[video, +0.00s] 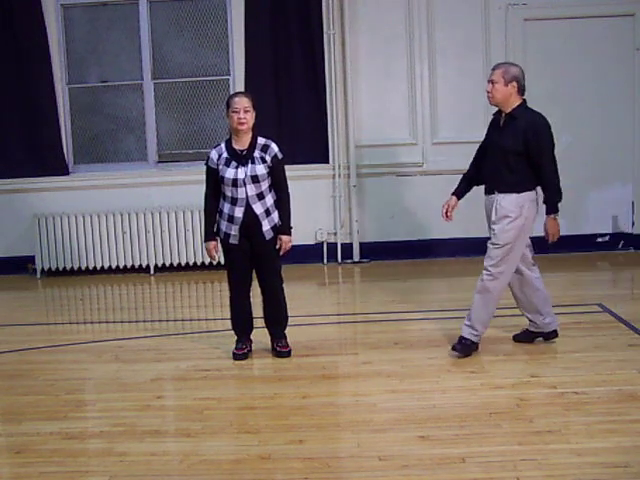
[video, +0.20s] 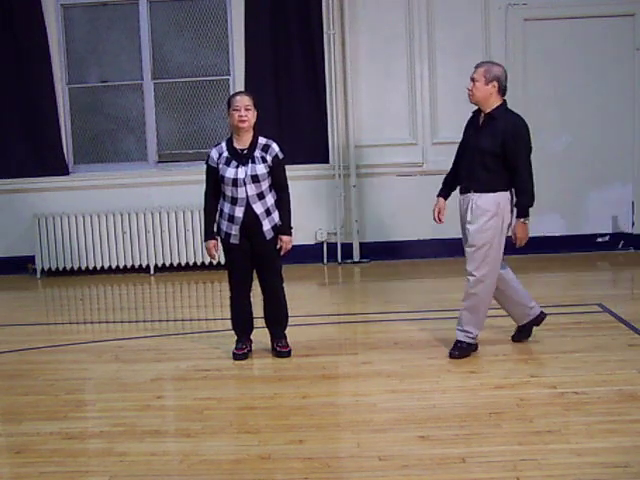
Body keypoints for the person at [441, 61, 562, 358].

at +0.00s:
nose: (488, 88)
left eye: (493, 83)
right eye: (488, 83)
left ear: (512, 87)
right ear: (505, 87)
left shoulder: (534, 123)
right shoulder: (498, 121)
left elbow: (548, 170)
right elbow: (481, 161)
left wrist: (552, 214)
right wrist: (457, 195)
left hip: (517, 202)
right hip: (494, 201)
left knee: (495, 268)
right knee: (519, 264)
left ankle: (471, 335)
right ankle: (543, 324)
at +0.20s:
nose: (469, 87)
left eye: (474, 82)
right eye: (470, 81)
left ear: (493, 87)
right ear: (488, 87)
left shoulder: (513, 124)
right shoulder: (475, 121)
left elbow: (524, 174)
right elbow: (461, 161)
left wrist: (522, 218)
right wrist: (443, 195)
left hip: (493, 203)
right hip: (469, 202)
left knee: (480, 271)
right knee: (485, 266)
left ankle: (467, 336)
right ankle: (528, 313)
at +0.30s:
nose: (460, 85)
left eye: (465, 81)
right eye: (461, 80)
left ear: (483, 86)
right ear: (478, 85)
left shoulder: (505, 124)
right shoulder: (465, 120)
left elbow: (511, 175)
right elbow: (452, 162)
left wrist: (501, 217)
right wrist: (437, 198)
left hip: (483, 203)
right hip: (457, 202)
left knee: (477, 271)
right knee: (458, 266)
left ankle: (467, 335)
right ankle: (507, 307)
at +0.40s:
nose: (451, 84)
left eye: (457, 80)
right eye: (453, 79)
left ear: (475, 85)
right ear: (471, 84)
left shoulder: (498, 122)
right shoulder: (456, 119)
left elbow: (500, 175)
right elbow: (444, 163)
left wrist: (482, 212)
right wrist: (432, 201)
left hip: (477, 203)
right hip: (448, 203)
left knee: (474, 272)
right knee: (444, 267)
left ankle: (467, 335)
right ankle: (478, 316)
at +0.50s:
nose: (445, 84)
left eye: (451, 79)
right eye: (446, 79)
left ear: (469, 85)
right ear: (462, 85)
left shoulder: (491, 123)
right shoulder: (447, 119)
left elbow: (491, 173)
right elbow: (436, 163)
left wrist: (467, 205)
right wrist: (429, 203)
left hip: (475, 205)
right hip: (442, 202)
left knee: (474, 272)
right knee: (438, 269)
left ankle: (467, 335)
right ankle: (440, 330)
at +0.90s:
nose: (435, 86)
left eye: (441, 81)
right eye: (429, 81)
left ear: (451, 85)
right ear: (423, 86)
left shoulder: (466, 123)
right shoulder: (410, 121)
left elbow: (478, 168)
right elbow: (397, 164)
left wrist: (483, 210)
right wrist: (390, 203)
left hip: (454, 204)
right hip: (416, 204)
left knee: (459, 271)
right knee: (419, 271)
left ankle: (461, 335)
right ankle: (426, 333)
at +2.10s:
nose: (432, 85)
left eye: (437, 79)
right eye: (426, 80)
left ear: (445, 84)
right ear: (417, 87)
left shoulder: (462, 121)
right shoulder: (404, 122)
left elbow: (474, 164)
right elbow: (393, 167)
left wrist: (479, 204)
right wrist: (392, 208)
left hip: (454, 202)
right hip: (415, 203)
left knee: (451, 272)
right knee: (418, 271)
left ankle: (447, 335)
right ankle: (421, 336)